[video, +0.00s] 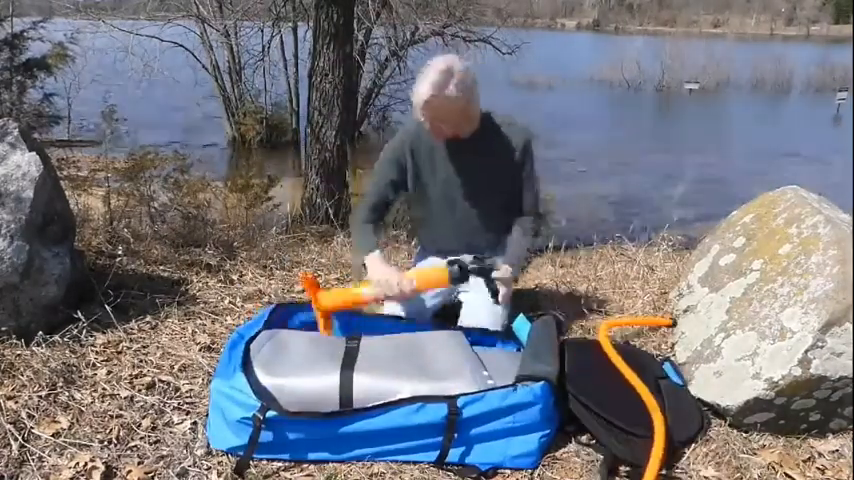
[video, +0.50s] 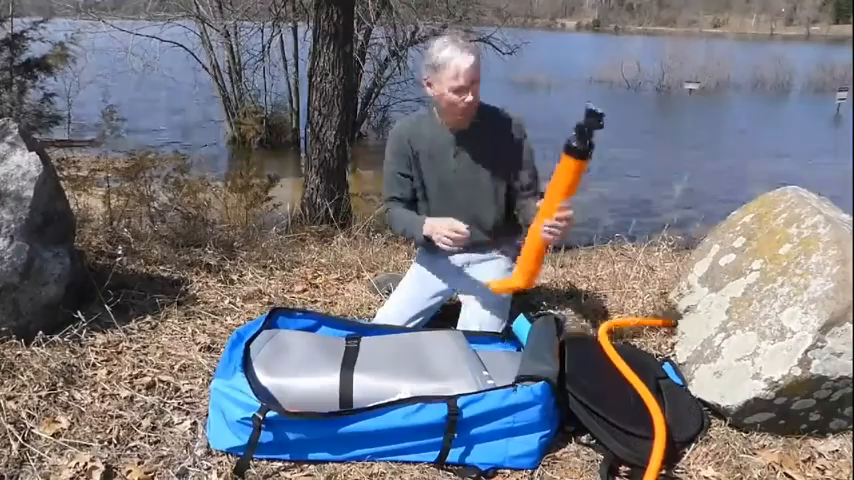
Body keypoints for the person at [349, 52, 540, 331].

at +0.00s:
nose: (435, 131)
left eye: (442, 122)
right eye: (427, 121)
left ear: (468, 108)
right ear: (420, 111)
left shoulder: (513, 142)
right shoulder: (410, 142)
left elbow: (527, 218)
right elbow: (364, 216)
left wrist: (509, 267)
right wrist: (376, 266)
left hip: (489, 264)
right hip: (433, 262)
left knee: (481, 331)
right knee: (393, 320)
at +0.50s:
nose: (471, 99)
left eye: (475, 87)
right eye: (459, 91)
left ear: (480, 80)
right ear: (430, 87)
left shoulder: (507, 129)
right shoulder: (407, 135)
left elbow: (525, 200)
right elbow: (395, 210)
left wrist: (548, 222)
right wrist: (426, 226)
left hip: (492, 259)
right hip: (434, 259)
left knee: (476, 347)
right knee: (382, 335)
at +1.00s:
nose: (433, 177)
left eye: (443, 167)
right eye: (423, 167)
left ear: (462, 142)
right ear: (409, 144)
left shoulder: (501, 163)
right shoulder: (387, 157)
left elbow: (551, 244)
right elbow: (369, 209)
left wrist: (591, 323)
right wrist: (367, 263)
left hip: (482, 261)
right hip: (419, 259)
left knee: (477, 342)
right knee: (384, 333)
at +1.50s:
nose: (335, 153)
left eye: (347, 144)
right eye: (328, 143)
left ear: (380, 125)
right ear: (321, 130)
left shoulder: (429, 149)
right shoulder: (328, 159)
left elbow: (451, 249)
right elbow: (334, 244)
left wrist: (387, 309)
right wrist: (324, 316)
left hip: (460, 238)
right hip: (403, 243)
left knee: (474, 338)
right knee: (382, 340)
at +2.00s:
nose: (368, 186)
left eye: (378, 173)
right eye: (356, 177)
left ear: (395, 145)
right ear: (341, 161)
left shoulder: (435, 164)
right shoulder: (342, 159)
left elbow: (452, 280)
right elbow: (355, 200)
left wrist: (463, 385)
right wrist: (338, 245)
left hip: (459, 238)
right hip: (403, 241)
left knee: (477, 337)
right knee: (379, 334)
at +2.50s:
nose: (410, 90)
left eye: (424, 77)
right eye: (400, 76)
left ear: (446, 61)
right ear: (384, 61)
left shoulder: (484, 94)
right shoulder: (365, 96)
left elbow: (509, 177)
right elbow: (336, 188)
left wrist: (507, 239)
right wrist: (353, 253)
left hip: (468, 238)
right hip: (400, 241)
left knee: (476, 345)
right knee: (376, 346)